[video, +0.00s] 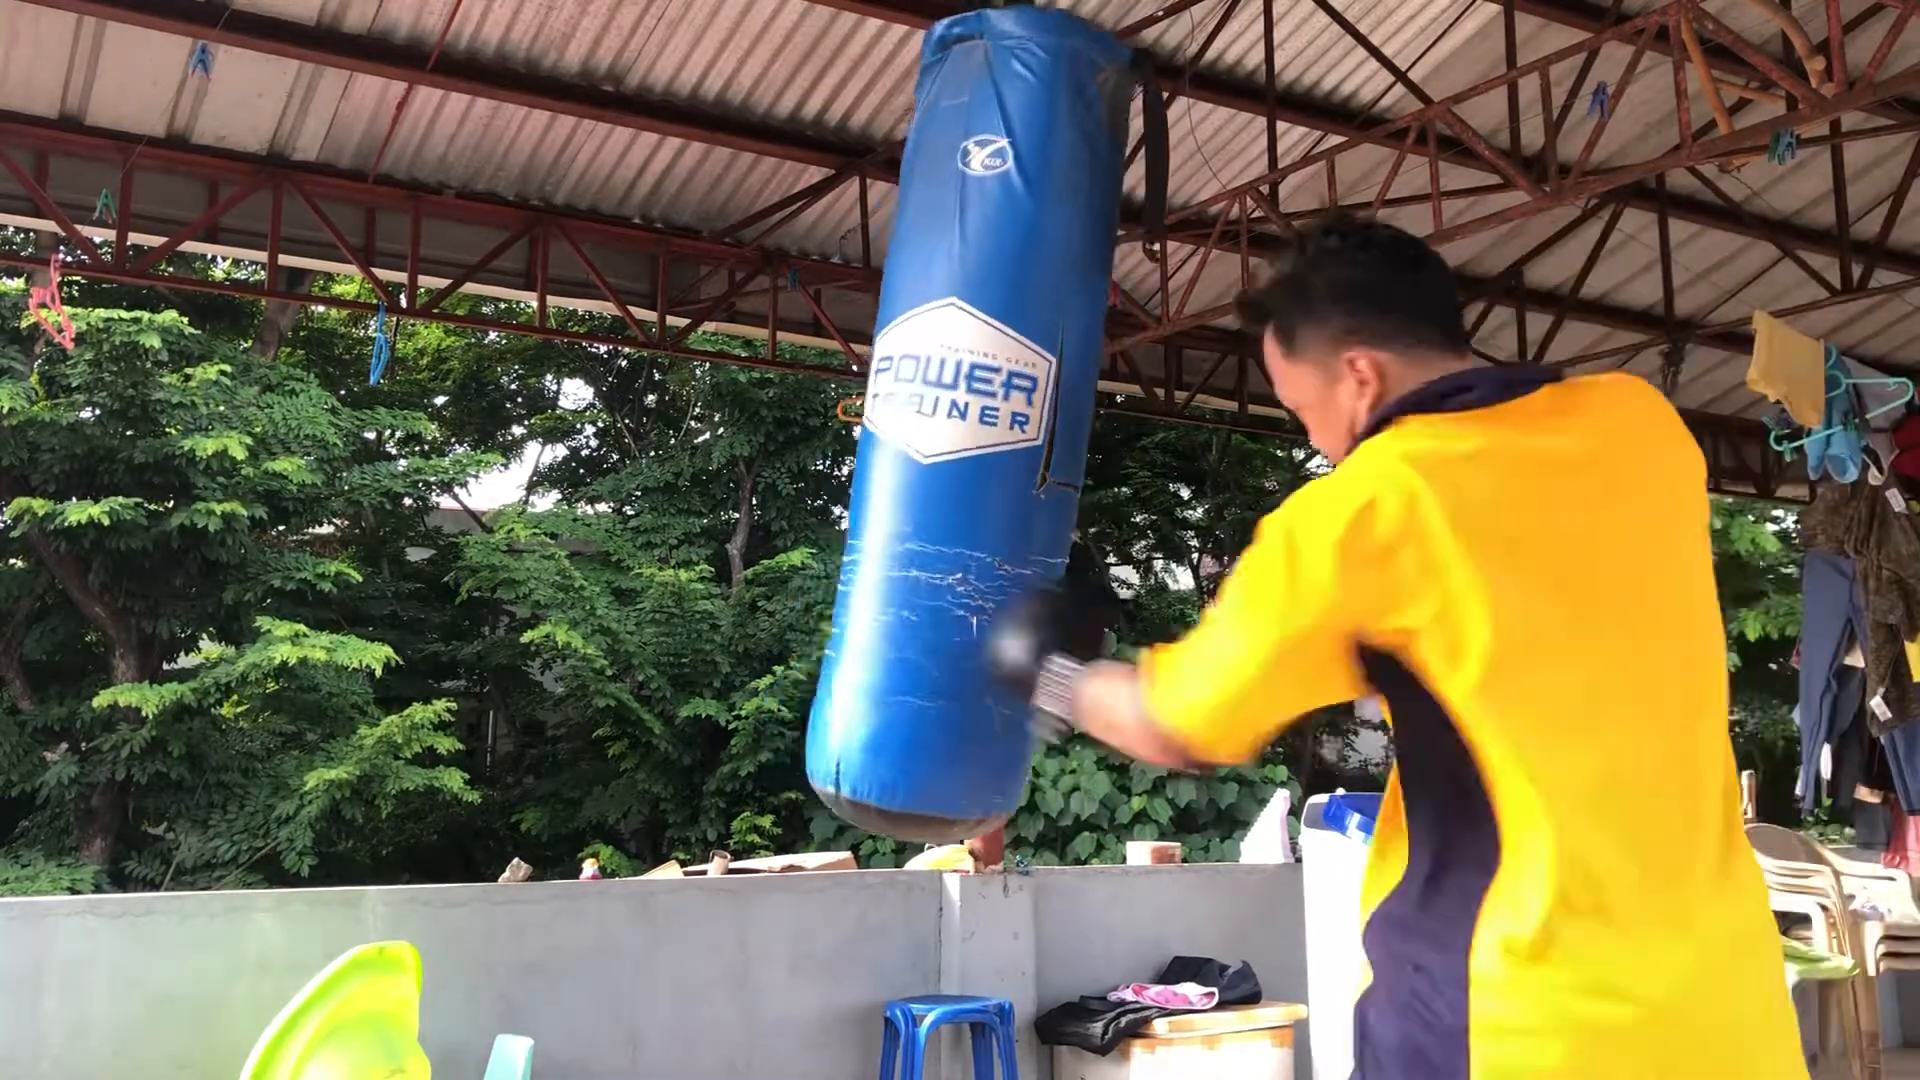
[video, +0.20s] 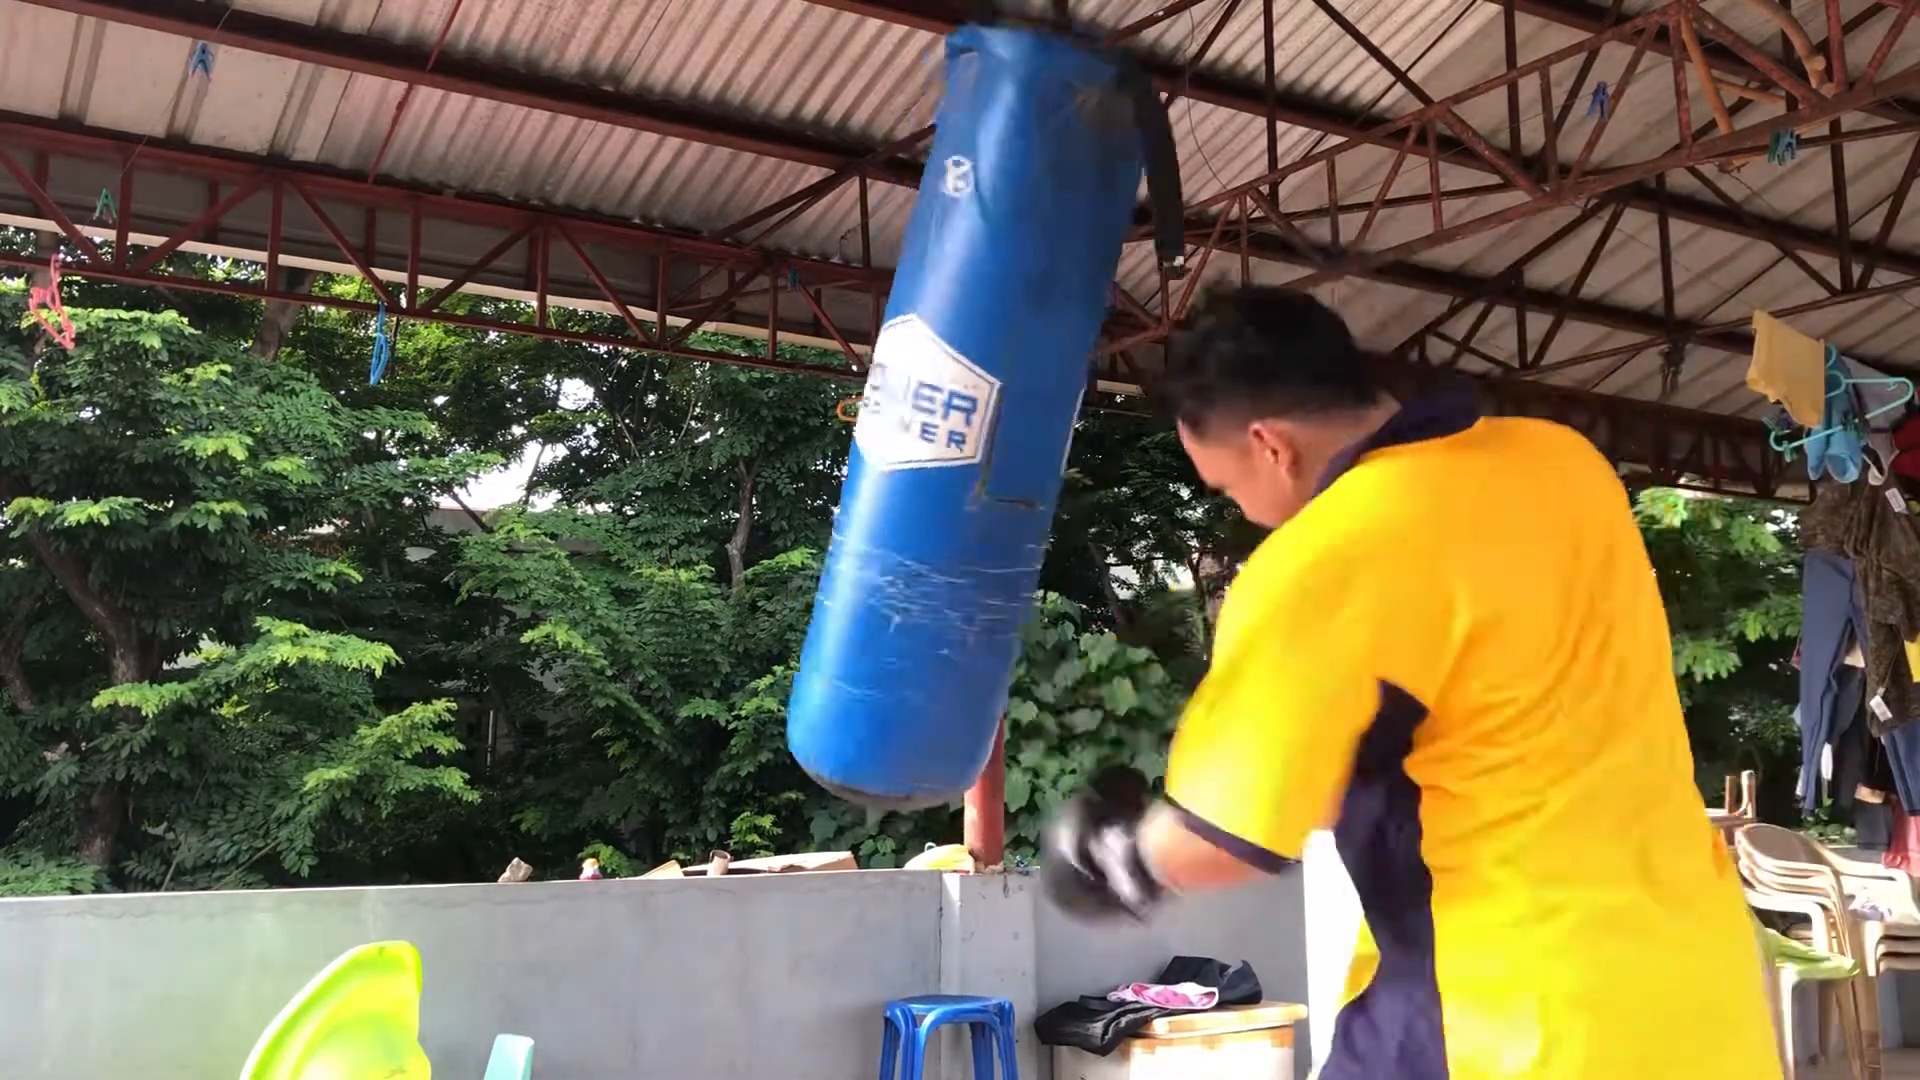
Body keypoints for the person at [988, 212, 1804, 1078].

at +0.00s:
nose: (1311, 446)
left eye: (1302, 413)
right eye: (1296, 419)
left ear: (1362, 374)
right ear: (1459, 342)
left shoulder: (1357, 513)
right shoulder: (1642, 417)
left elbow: (1181, 721)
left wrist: (1048, 670)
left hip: (1509, 1037)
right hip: (1736, 1021)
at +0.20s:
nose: (1240, 514)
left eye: (1227, 490)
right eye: (1223, 493)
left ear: (1274, 448)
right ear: (1366, 387)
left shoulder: (1327, 560)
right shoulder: (1567, 457)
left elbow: (1230, 839)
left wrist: (1126, 850)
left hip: (1515, 1030)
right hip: (1709, 1007)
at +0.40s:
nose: (1224, 440)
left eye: (1213, 410)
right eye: (1210, 417)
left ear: (1258, 383)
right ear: (1360, 355)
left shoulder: (1288, 470)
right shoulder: (1573, 462)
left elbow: (1334, 638)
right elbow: (1655, 673)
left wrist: (1205, 765)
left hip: (1402, 1034)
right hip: (1623, 1014)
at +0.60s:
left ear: (1198, 347)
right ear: (1361, 353)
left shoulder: (1134, 497)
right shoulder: (1461, 439)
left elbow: (1043, 583)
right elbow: (1654, 635)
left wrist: (1009, 546)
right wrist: (1500, 623)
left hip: (1280, 995)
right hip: (1509, 972)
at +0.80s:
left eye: (1245, 341)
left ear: (1254, 340)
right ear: (1420, 355)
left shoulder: (1156, 494)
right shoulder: (1522, 450)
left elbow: (1113, 764)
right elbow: (1640, 698)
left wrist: (1202, 805)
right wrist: (1500, 624)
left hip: (1298, 1019)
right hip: (1548, 1007)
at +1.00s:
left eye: (1430, 366)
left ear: (1447, 364)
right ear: (1616, 405)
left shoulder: (1311, 519)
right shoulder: (1712, 530)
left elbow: (1254, 782)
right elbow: (1791, 811)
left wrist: (1178, 999)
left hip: (1367, 1043)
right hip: (1662, 1040)